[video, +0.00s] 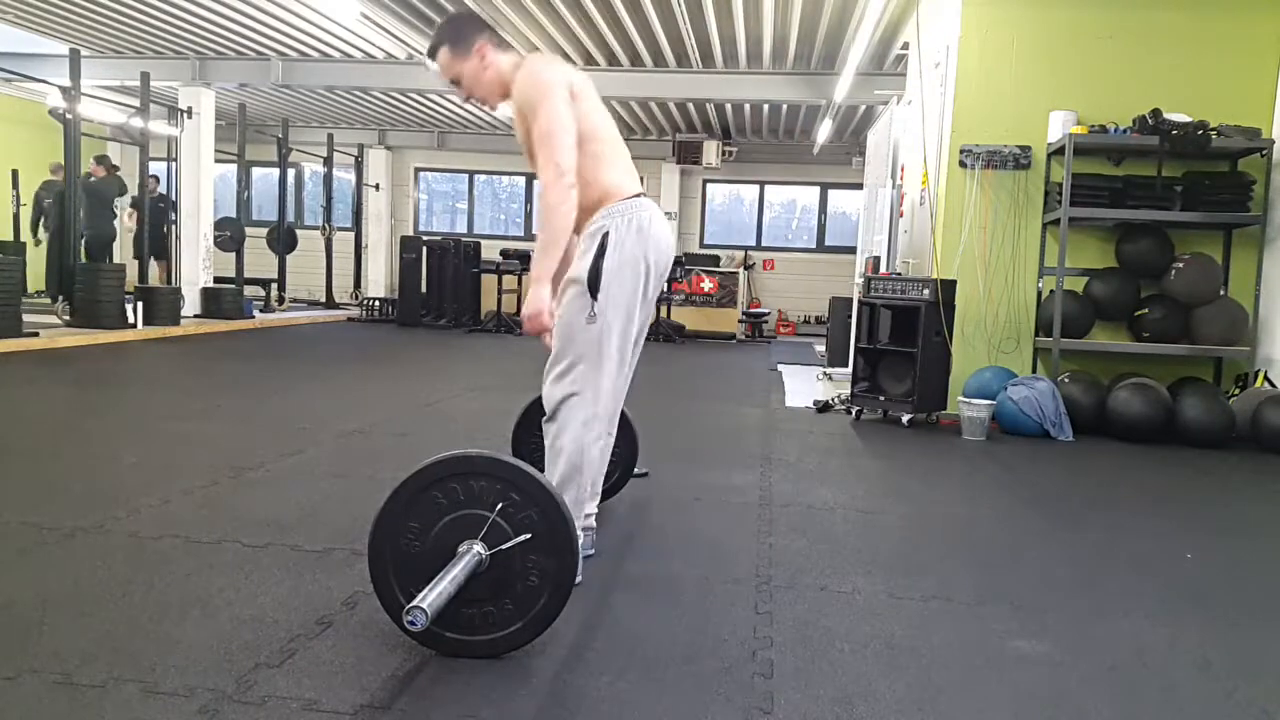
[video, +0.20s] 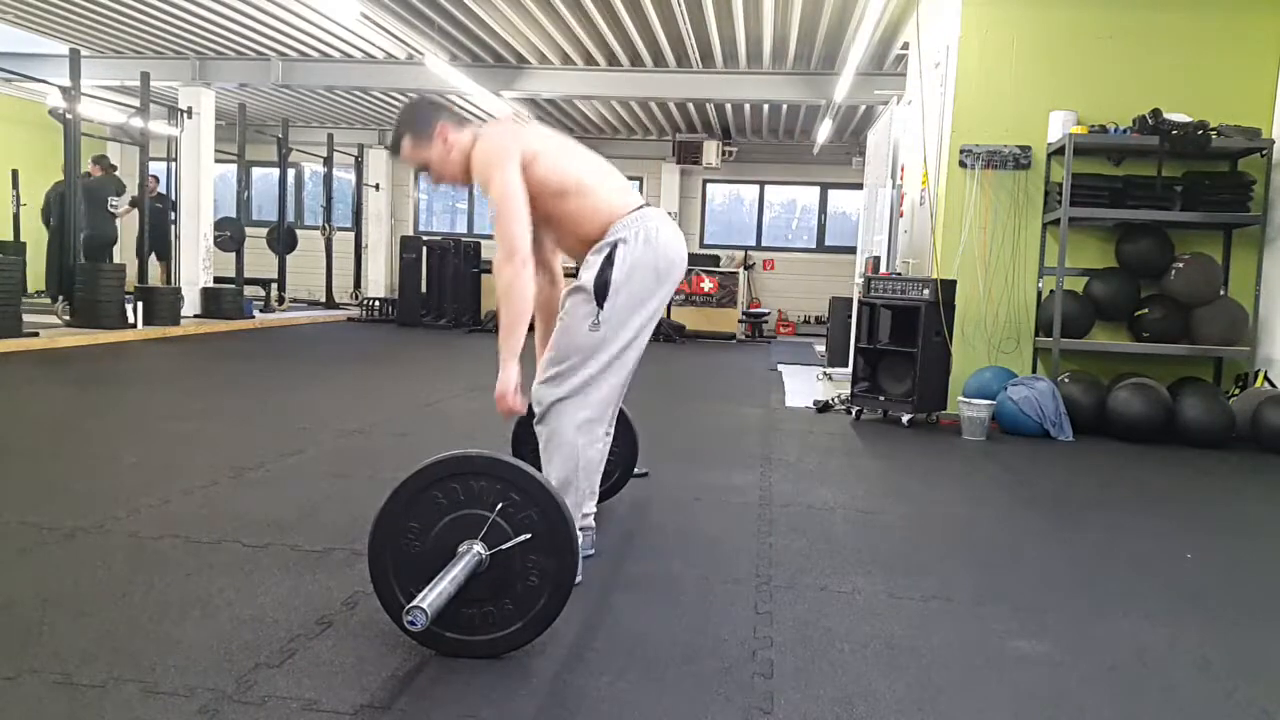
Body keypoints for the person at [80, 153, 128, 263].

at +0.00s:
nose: (90, 167)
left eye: (92, 164)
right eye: (90, 164)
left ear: (101, 167)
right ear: (106, 167)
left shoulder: (90, 185)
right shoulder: (115, 181)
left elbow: (81, 183)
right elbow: (123, 191)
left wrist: (88, 174)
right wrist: (114, 174)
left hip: (93, 229)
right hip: (109, 228)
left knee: (94, 266)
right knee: (105, 265)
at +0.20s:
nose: (89, 168)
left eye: (91, 165)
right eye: (89, 165)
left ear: (98, 167)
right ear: (105, 167)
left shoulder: (87, 184)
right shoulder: (115, 181)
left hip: (92, 229)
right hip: (110, 229)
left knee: (91, 267)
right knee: (106, 267)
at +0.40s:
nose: (89, 169)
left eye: (91, 166)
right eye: (90, 166)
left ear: (96, 167)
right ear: (108, 167)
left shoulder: (86, 184)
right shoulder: (119, 185)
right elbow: (120, 209)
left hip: (93, 231)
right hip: (114, 233)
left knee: (91, 270)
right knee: (107, 269)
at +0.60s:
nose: (92, 169)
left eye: (93, 166)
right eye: (93, 166)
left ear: (95, 168)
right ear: (109, 167)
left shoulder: (86, 185)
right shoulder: (120, 186)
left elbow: (80, 210)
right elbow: (125, 211)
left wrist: (80, 230)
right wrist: (121, 228)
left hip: (93, 233)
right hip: (116, 235)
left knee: (88, 270)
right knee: (107, 269)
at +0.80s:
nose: (94, 170)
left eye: (94, 168)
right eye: (94, 168)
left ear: (96, 169)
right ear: (111, 169)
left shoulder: (86, 186)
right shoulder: (121, 186)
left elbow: (79, 211)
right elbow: (126, 212)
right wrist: (127, 230)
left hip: (94, 232)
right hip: (119, 233)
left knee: (88, 271)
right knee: (108, 270)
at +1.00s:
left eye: (97, 169)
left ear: (97, 170)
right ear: (112, 169)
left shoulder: (88, 186)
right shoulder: (122, 187)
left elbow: (79, 211)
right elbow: (130, 213)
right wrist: (128, 231)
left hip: (97, 234)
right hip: (121, 234)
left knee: (90, 272)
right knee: (111, 271)